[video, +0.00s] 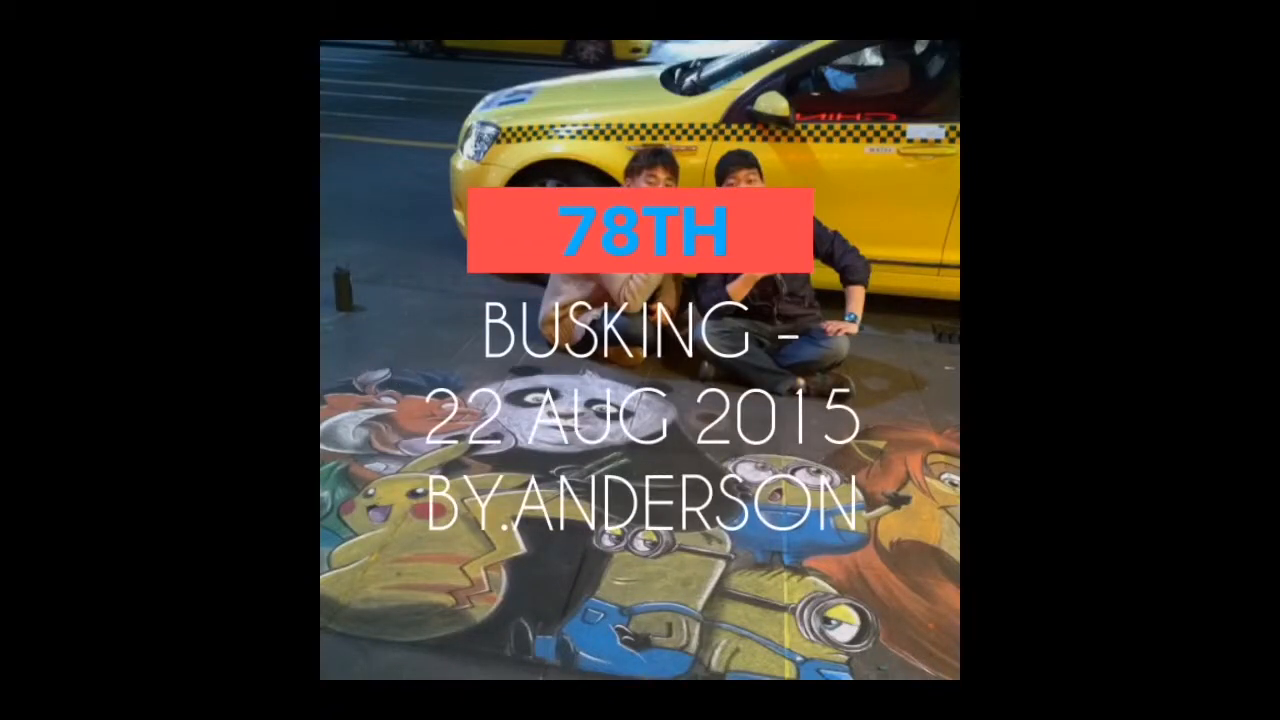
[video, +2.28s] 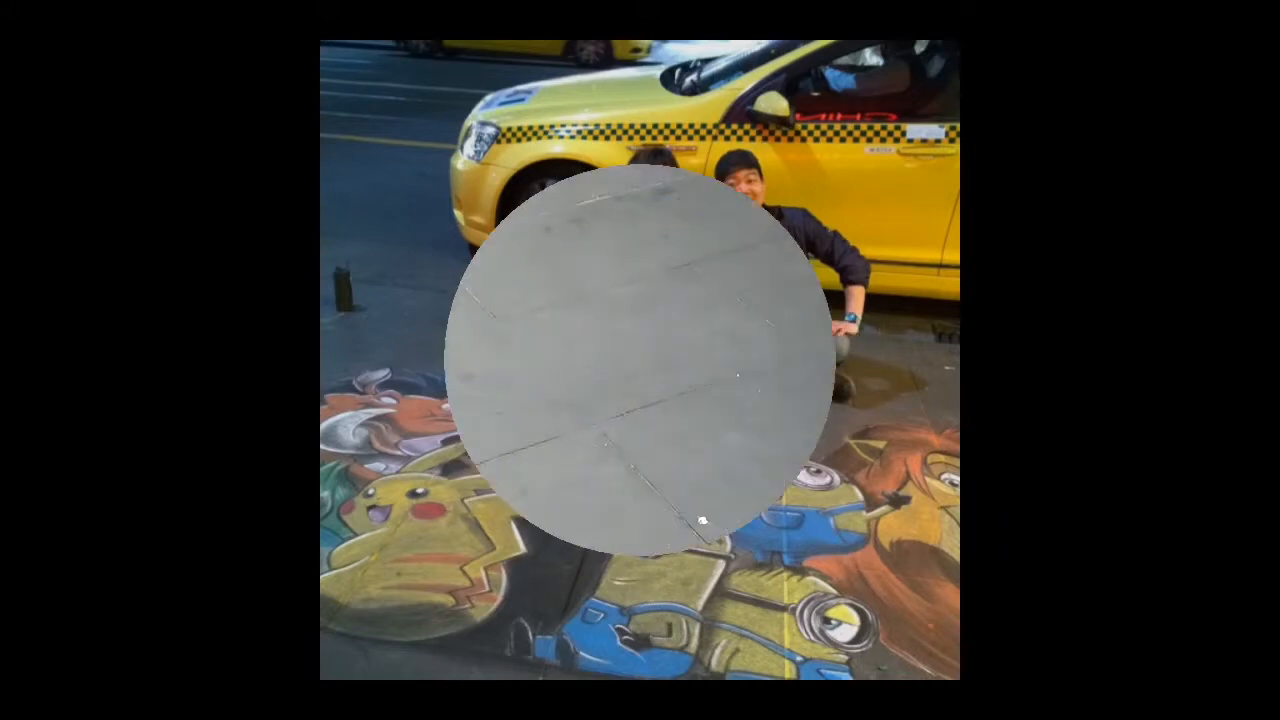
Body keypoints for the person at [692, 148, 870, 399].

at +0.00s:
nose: (743, 190)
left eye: (750, 181)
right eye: (732, 184)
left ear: (763, 184)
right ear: (721, 192)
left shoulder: (791, 220)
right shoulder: (716, 230)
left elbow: (853, 262)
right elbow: (707, 303)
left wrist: (851, 319)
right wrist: (751, 276)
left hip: (800, 325)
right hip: (747, 324)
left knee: (837, 345)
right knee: (708, 333)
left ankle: (732, 371)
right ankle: (798, 386)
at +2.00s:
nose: (743, 191)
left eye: (750, 181)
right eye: (732, 185)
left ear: (763, 187)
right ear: (720, 195)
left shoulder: (795, 222)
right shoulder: (713, 246)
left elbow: (853, 262)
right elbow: (709, 308)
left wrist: (851, 320)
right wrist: (752, 275)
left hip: (799, 328)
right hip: (747, 328)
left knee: (837, 345)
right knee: (704, 334)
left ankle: (734, 372)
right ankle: (798, 386)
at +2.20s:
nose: (742, 190)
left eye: (750, 181)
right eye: (732, 184)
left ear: (763, 187)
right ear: (720, 195)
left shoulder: (795, 222)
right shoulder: (713, 245)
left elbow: (853, 262)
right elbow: (709, 301)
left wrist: (852, 320)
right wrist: (753, 273)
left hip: (799, 329)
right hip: (744, 333)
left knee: (837, 346)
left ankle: (749, 370)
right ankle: (799, 386)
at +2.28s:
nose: (743, 190)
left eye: (750, 181)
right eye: (733, 184)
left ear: (763, 186)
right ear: (720, 191)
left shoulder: (792, 221)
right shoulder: (713, 231)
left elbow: (853, 262)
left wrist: (851, 320)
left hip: (792, 326)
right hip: (735, 331)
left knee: (839, 344)